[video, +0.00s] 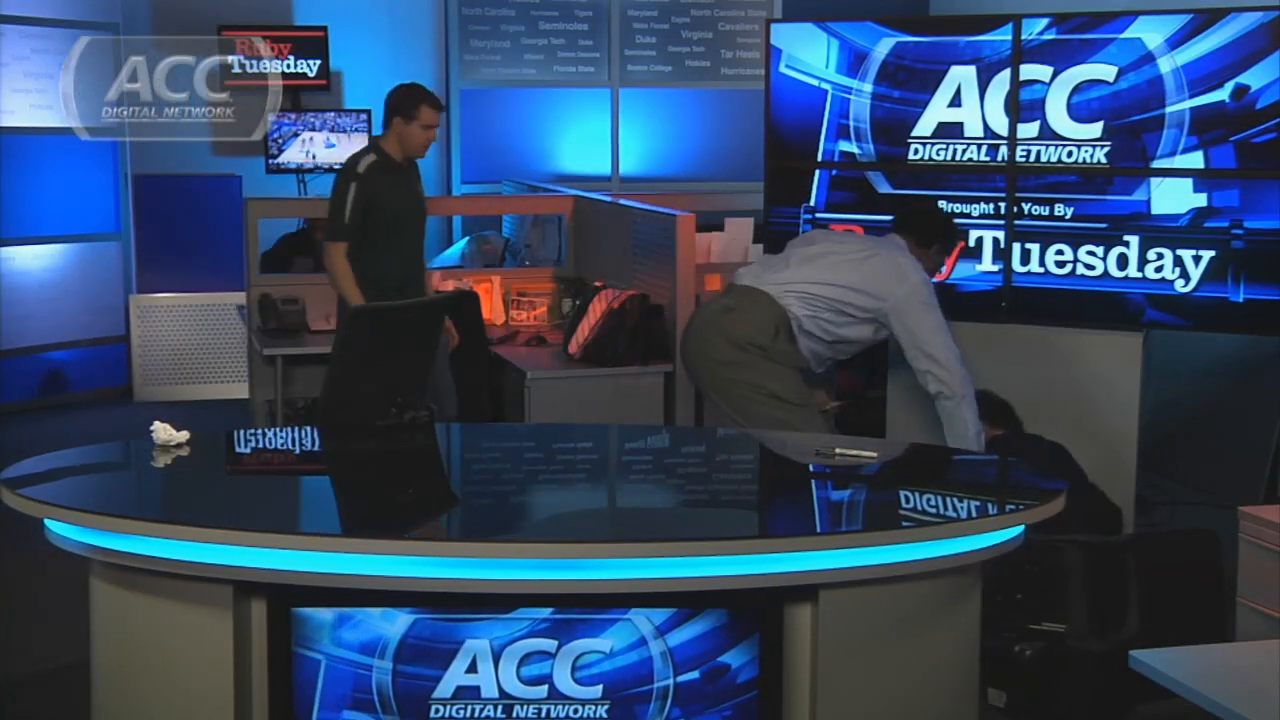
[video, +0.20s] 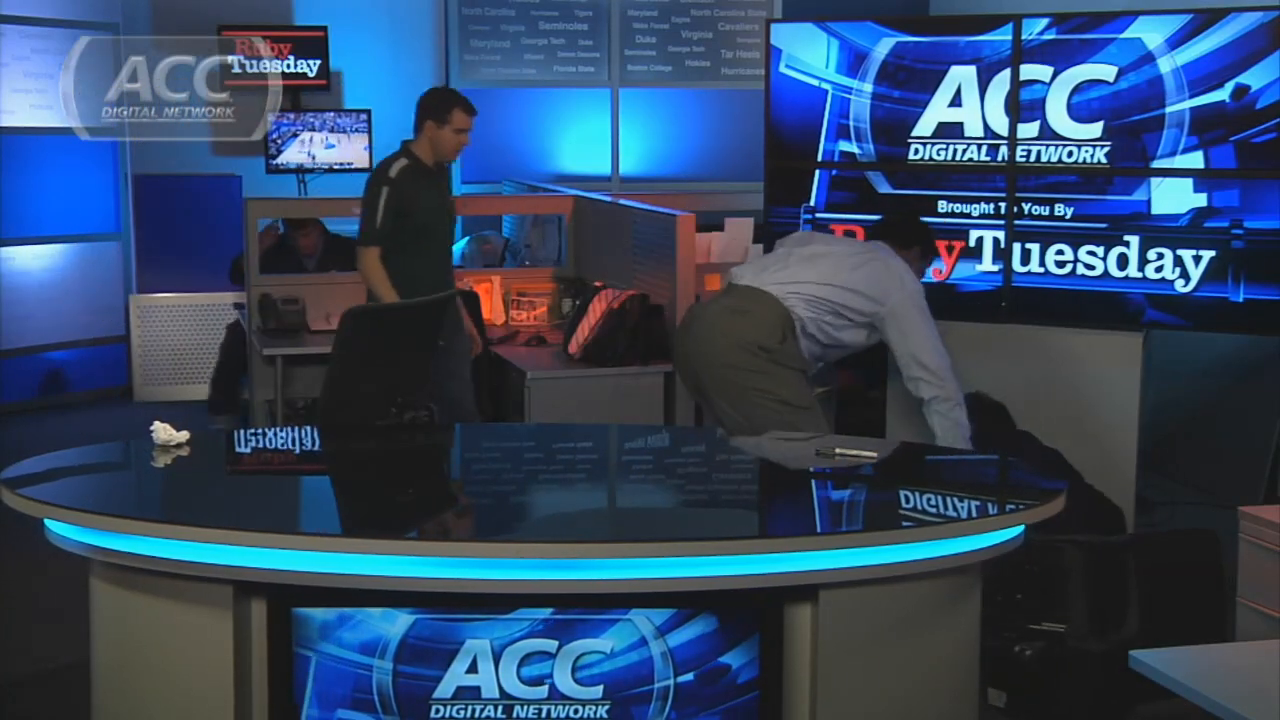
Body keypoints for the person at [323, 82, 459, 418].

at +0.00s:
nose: (433, 137)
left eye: (435, 129)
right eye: (427, 128)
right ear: (398, 123)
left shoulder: (410, 171)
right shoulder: (358, 171)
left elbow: (412, 256)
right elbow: (334, 254)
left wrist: (436, 316)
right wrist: (364, 316)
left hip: (412, 323)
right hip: (373, 326)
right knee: (368, 424)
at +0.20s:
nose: (465, 142)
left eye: (468, 133)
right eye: (459, 132)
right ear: (429, 128)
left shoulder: (440, 174)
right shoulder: (389, 176)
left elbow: (438, 260)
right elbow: (368, 260)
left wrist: (462, 319)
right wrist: (402, 318)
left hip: (443, 321)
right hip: (404, 325)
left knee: (456, 419)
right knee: (404, 422)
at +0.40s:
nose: (506, 144)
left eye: (509, 135)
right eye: (500, 134)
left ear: (477, 130)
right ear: (471, 128)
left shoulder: (478, 177)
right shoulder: (430, 177)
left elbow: (475, 263)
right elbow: (404, 261)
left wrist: (497, 323)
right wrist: (432, 332)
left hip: (484, 331)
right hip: (445, 335)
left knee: (486, 438)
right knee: (438, 441)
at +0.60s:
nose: (544, 140)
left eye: (546, 131)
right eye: (538, 130)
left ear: (518, 127)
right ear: (509, 123)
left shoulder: (516, 178)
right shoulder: (467, 172)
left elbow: (514, 260)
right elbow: (435, 250)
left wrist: (537, 316)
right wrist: (448, 321)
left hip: (518, 320)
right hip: (479, 321)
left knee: (518, 426)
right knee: (484, 428)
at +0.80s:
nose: (576, 140)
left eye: (578, 132)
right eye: (571, 130)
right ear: (543, 123)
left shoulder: (548, 178)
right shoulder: (499, 170)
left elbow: (557, 255)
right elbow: (465, 250)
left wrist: (595, 315)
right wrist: (478, 325)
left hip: (541, 320)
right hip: (507, 321)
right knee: (545, 421)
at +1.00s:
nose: (611, 145)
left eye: (613, 137)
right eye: (605, 135)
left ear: (581, 131)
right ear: (577, 129)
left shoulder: (578, 180)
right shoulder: (535, 175)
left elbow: (588, 252)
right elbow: (501, 256)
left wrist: (628, 311)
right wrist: (520, 332)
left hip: (571, 324)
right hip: (542, 325)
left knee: (574, 430)